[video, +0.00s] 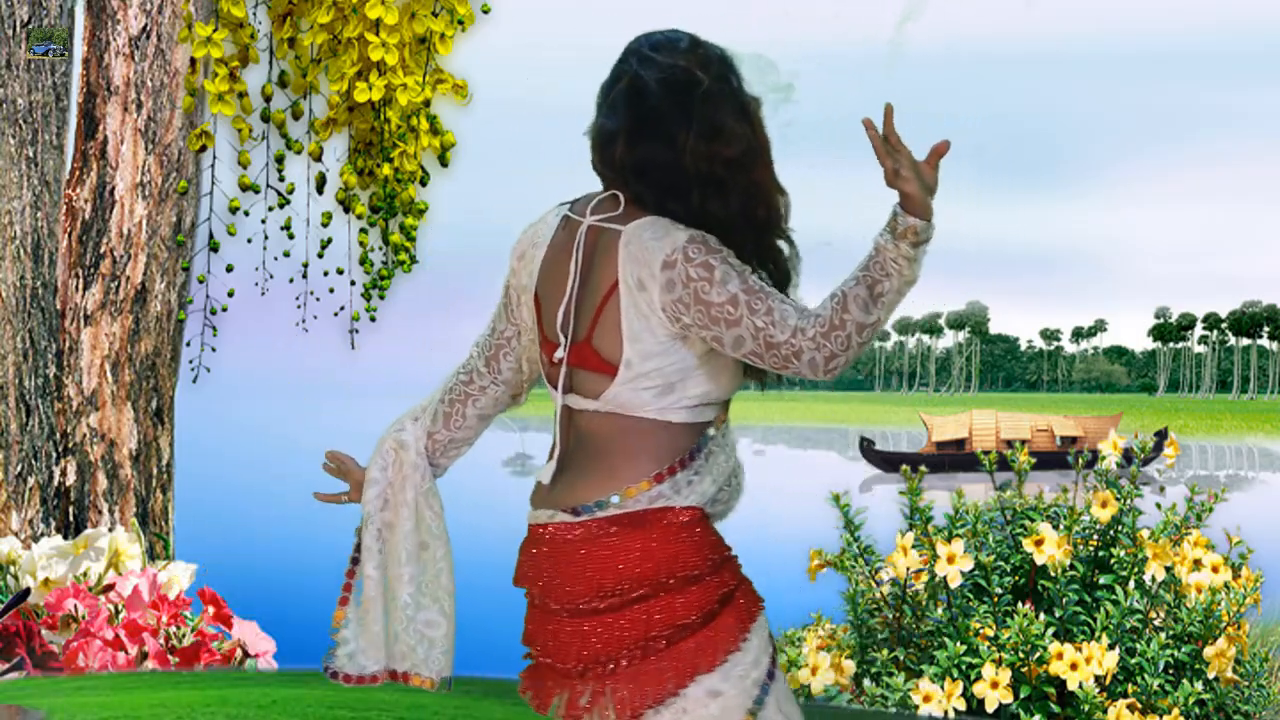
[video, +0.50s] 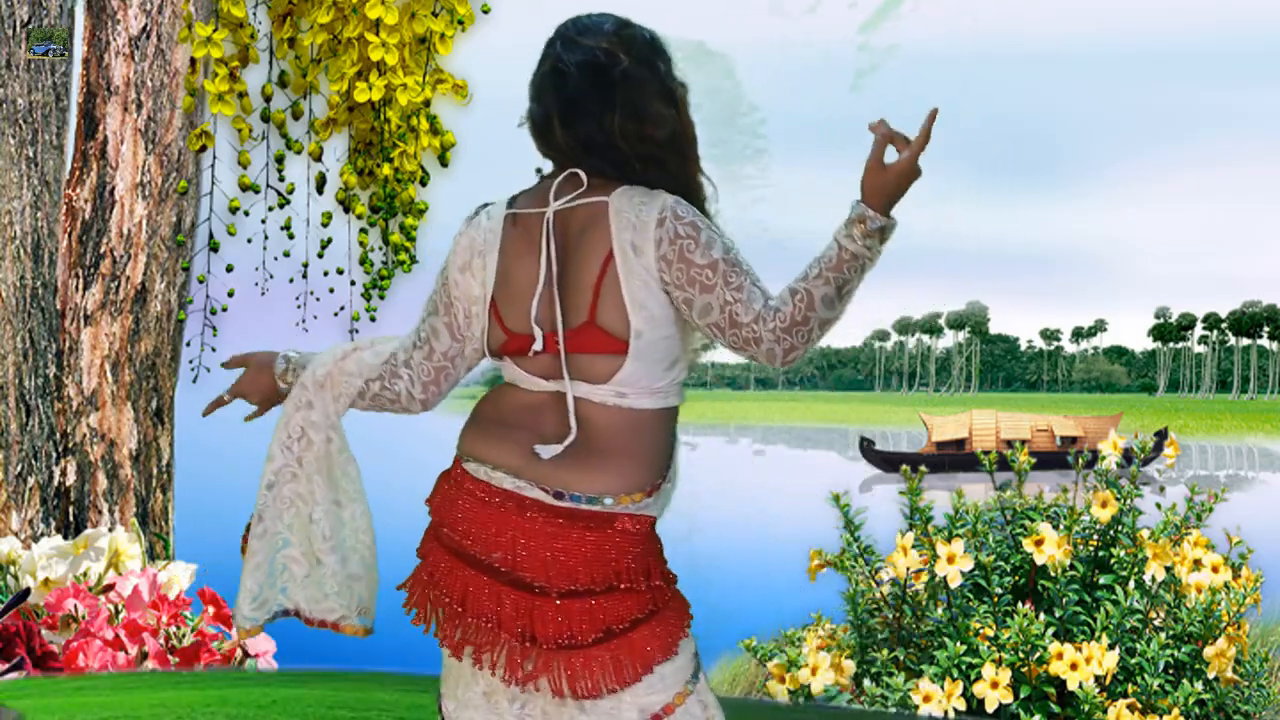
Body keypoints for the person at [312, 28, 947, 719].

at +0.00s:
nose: (748, 144)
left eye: (739, 122)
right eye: (737, 125)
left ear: (610, 137)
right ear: (716, 141)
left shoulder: (547, 242)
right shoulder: (675, 256)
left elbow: (483, 381)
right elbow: (816, 348)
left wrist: (393, 468)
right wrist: (910, 227)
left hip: (555, 543)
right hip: (656, 541)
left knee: (587, 705)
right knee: (735, 702)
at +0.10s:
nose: (720, 144)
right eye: (711, 126)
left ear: (587, 138)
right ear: (695, 140)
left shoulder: (534, 244)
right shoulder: (660, 253)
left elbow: (469, 382)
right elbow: (793, 340)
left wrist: (373, 472)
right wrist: (888, 210)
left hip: (523, 558)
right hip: (620, 567)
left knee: (561, 707)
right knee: (732, 707)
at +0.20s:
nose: (711, 130)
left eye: (701, 109)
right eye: (699, 112)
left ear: (576, 128)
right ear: (680, 129)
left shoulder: (524, 241)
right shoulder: (658, 244)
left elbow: (453, 379)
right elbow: (795, 323)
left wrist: (354, 466)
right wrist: (879, 185)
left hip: (507, 553)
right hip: (609, 567)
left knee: (556, 705)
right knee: (706, 705)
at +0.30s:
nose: (703, 114)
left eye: (696, 92)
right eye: (689, 96)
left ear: (568, 122)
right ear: (660, 116)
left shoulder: (506, 235)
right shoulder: (658, 231)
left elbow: (435, 365)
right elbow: (790, 316)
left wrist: (332, 431)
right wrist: (870, 182)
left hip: (492, 536)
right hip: (604, 553)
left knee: (523, 700)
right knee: (686, 704)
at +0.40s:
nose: (692, 109)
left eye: (685, 88)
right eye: (679, 91)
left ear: (560, 115)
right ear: (652, 110)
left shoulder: (502, 229)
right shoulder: (658, 227)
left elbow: (432, 357)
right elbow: (785, 325)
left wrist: (318, 403)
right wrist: (867, 191)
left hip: (482, 516)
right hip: (600, 539)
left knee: (506, 697)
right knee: (681, 703)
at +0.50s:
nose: (681, 111)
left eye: (675, 90)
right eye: (671, 93)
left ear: (549, 112)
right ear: (645, 108)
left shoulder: (490, 231)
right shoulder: (662, 223)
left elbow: (415, 380)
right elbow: (776, 339)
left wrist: (293, 374)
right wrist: (871, 216)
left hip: (475, 505)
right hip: (600, 533)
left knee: (488, 694)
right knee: (649, 700)